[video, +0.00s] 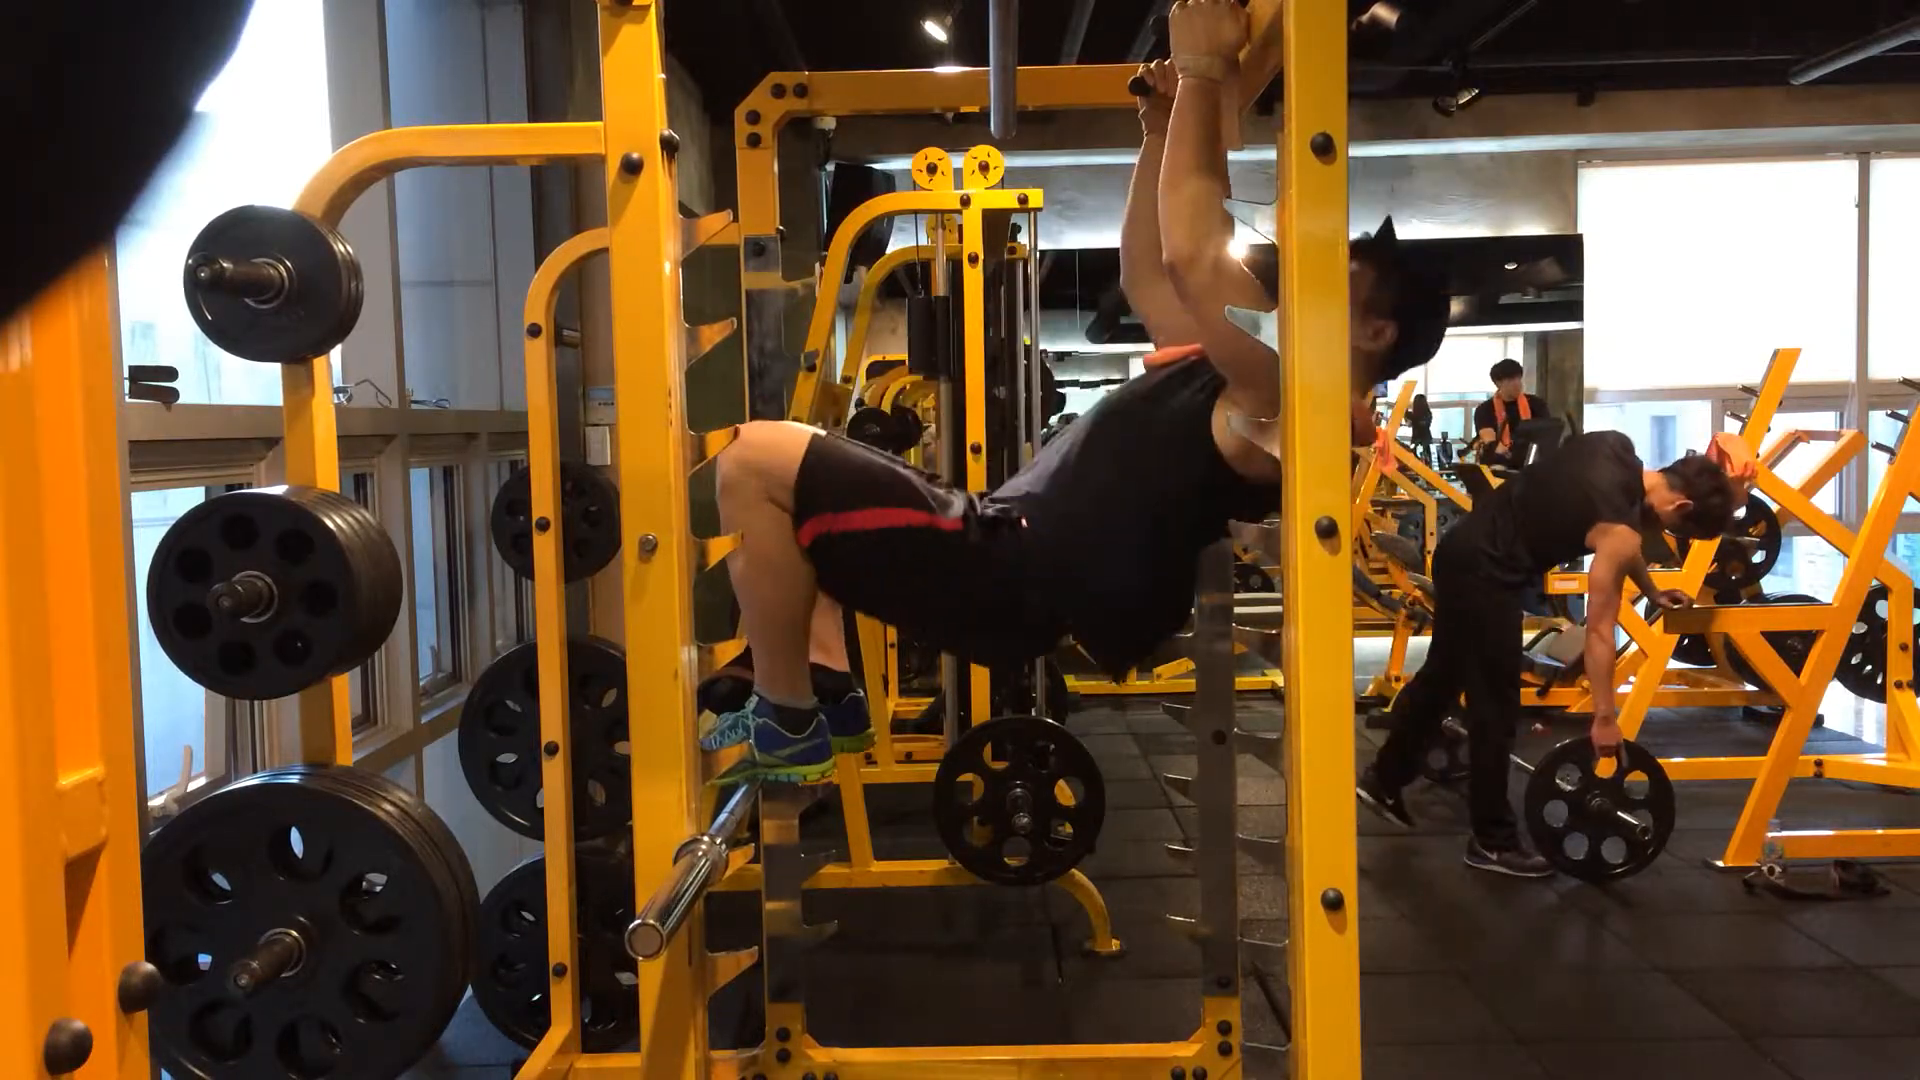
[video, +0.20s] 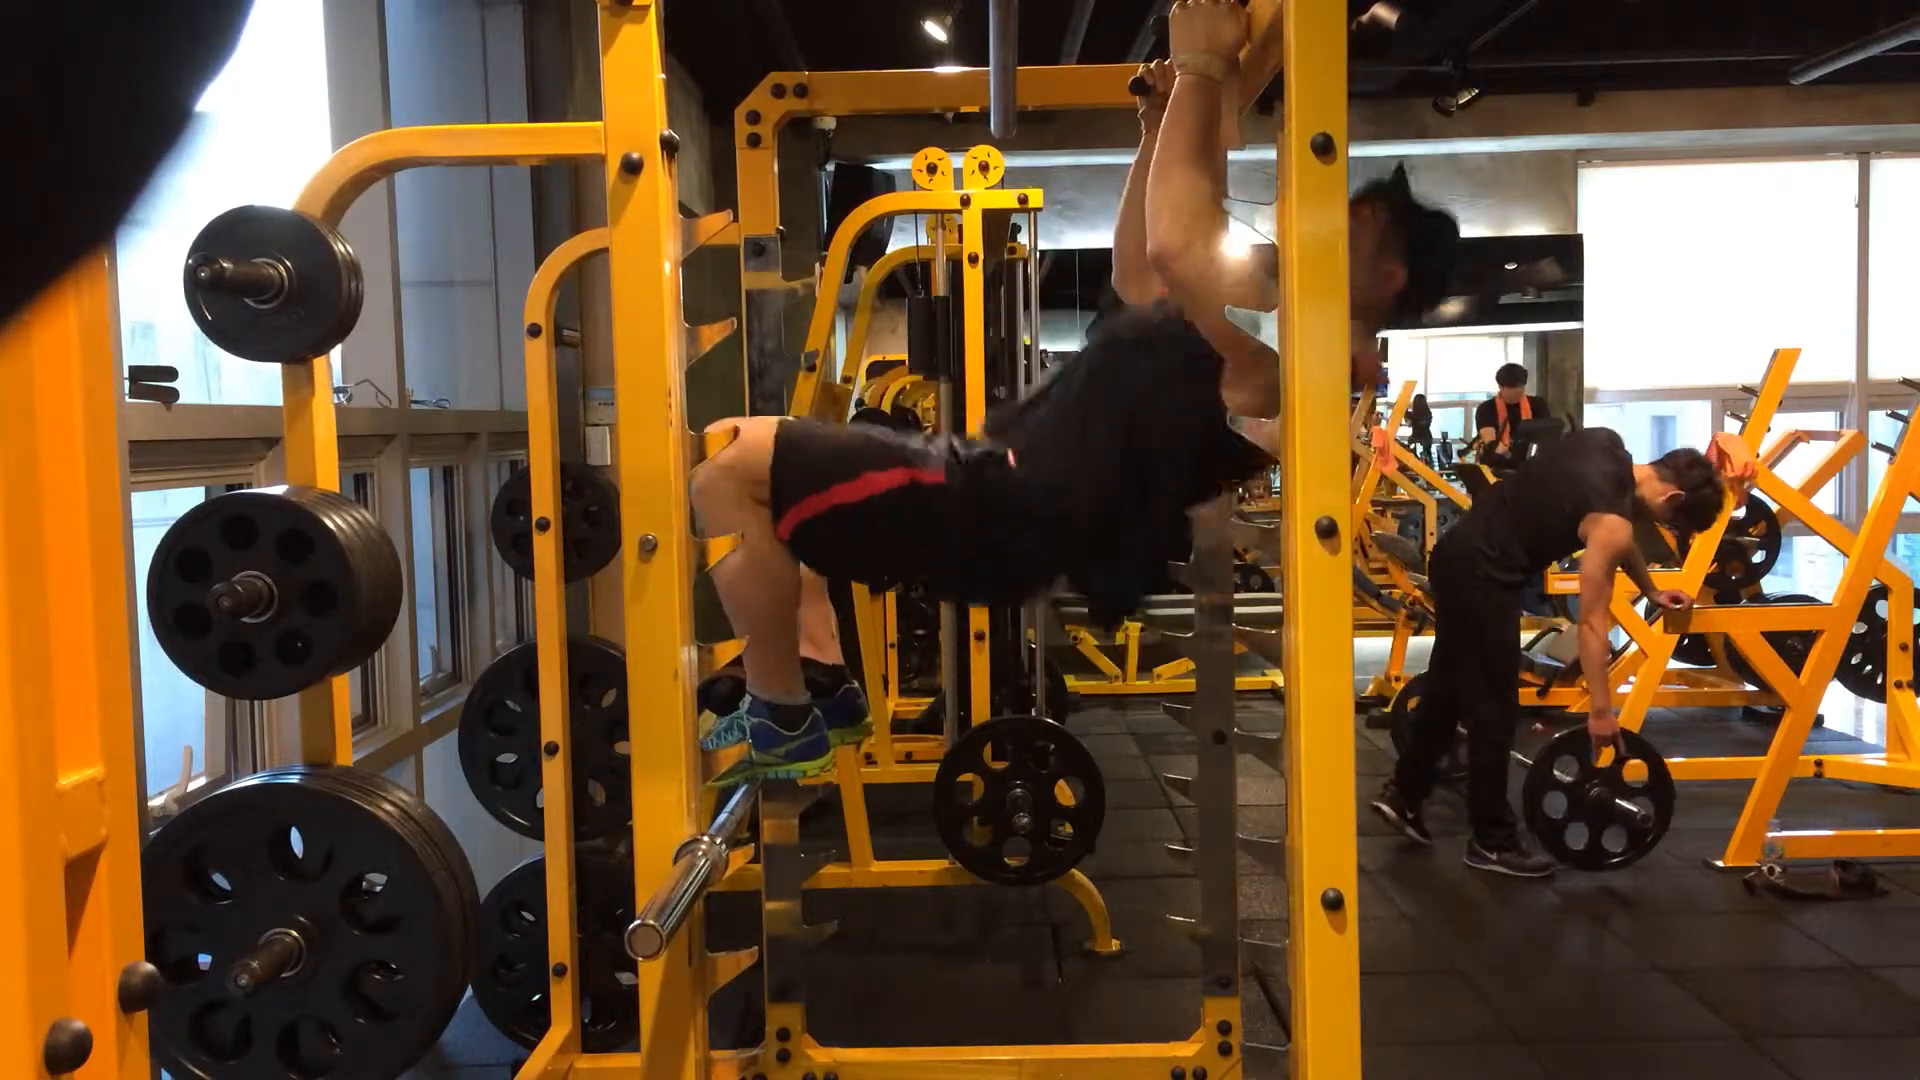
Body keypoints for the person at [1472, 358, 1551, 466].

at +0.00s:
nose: (1517, 384)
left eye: (1519, 379)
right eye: (1511, 380)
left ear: (1522, 379)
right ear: (1498, 383)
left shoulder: (1536, 404)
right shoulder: (1484, 410)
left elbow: (1546, 434)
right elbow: (1490, 443)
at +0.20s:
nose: (1518, 394)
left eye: (1521, 390)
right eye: (1513, 390)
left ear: (1524, 386)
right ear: (1501, 387)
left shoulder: (1537, 404)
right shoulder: (1486, 409)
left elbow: (1546, 435)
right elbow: (1490, 443)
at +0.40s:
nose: (1525, 393)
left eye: (1527, 388)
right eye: (1520, 388)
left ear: (1531, 386)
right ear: (1507, 386)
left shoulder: (1541, 405)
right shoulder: (1490, 406)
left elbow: (1547, 435)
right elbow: (1490, 440)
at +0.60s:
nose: (1521, 395)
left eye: (1524, 390)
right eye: (1516, 390)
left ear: (1529, 389)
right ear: (1505, 388)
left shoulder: (1540, 404)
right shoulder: (1488, 408)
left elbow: (1550, 434)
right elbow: (1490, 444)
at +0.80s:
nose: (1514, 395)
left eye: (1517, 390)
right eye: (1508, 391)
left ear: (1521, 388)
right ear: (1498, 391)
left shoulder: (1536, 403)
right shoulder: (1484, 411)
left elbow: (1546, 433)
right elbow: (1488, 443)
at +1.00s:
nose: (1517, 397)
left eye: (1520, 392)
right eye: (1511, 393)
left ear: (1524, 390)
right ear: (1502, 390)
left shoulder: (1536, 405)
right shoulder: (1485, 410)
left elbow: (1546, 436)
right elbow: (1489, 446)